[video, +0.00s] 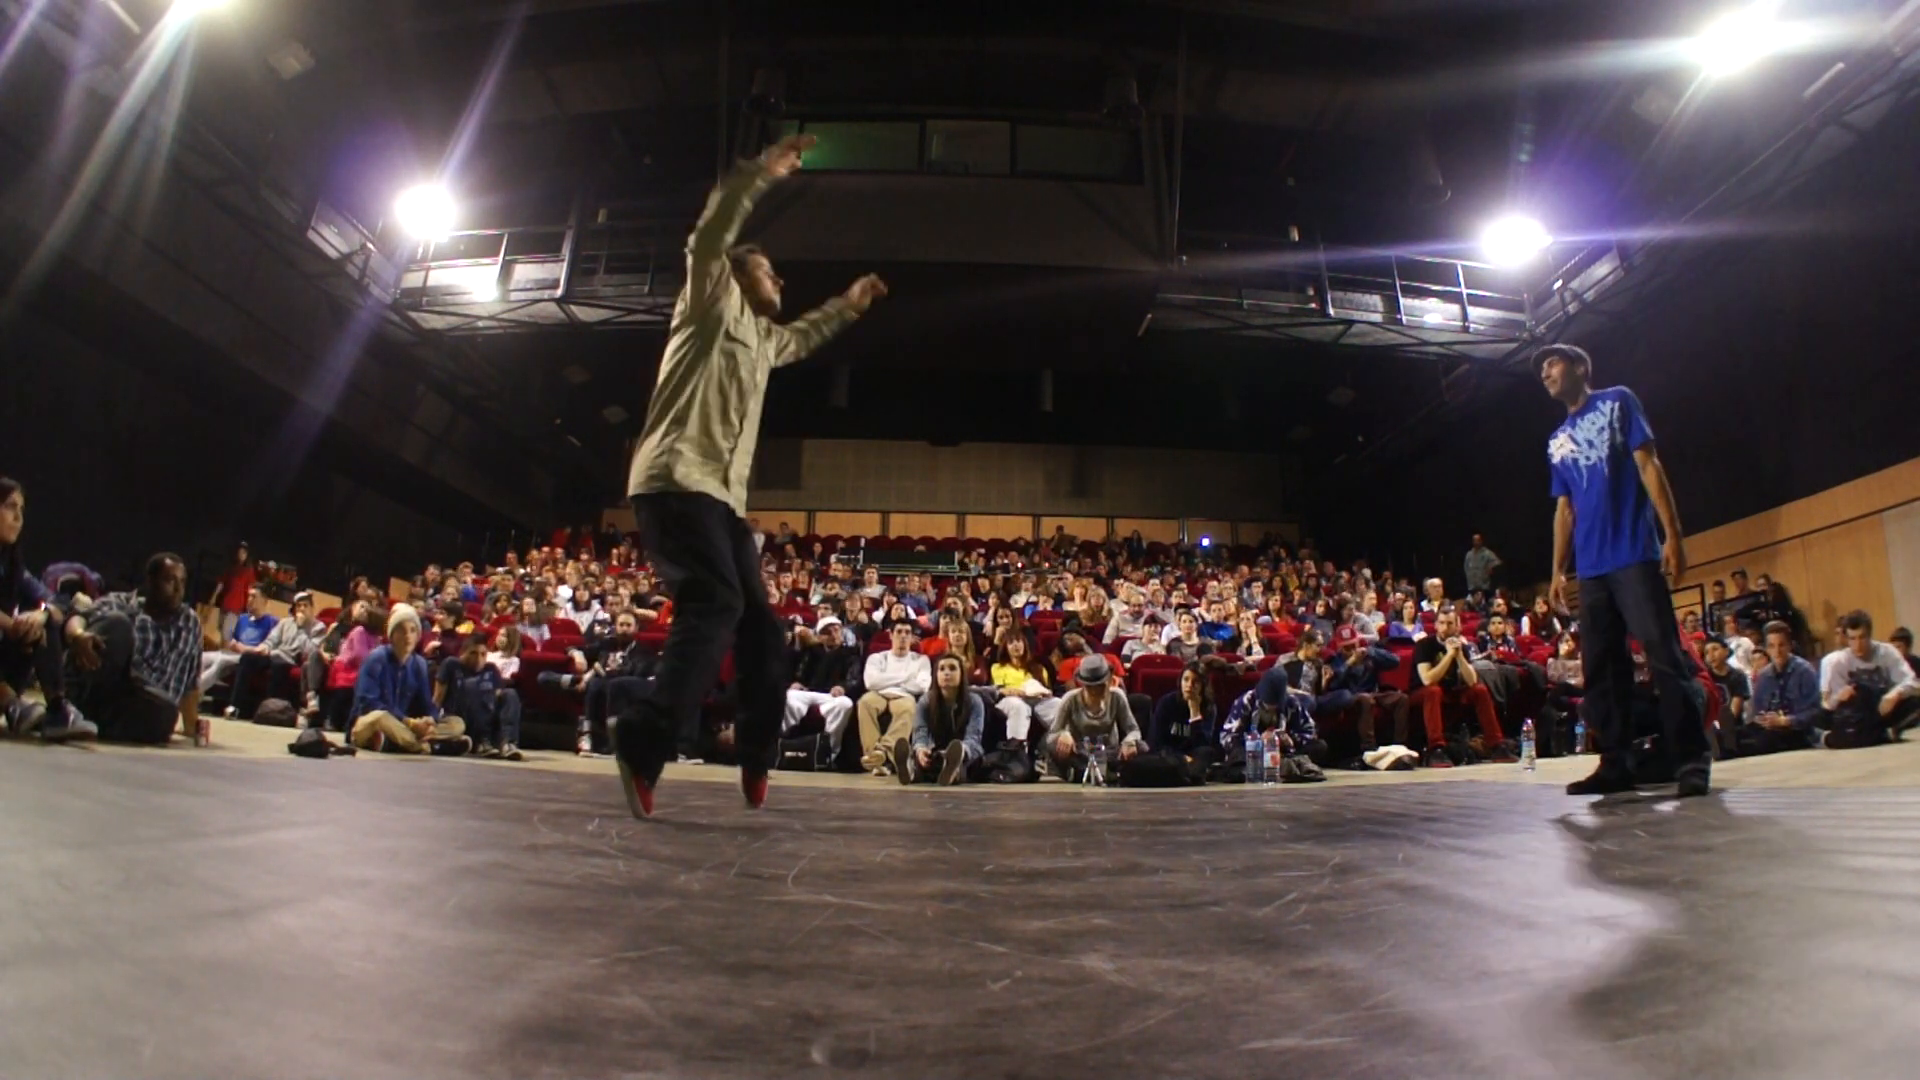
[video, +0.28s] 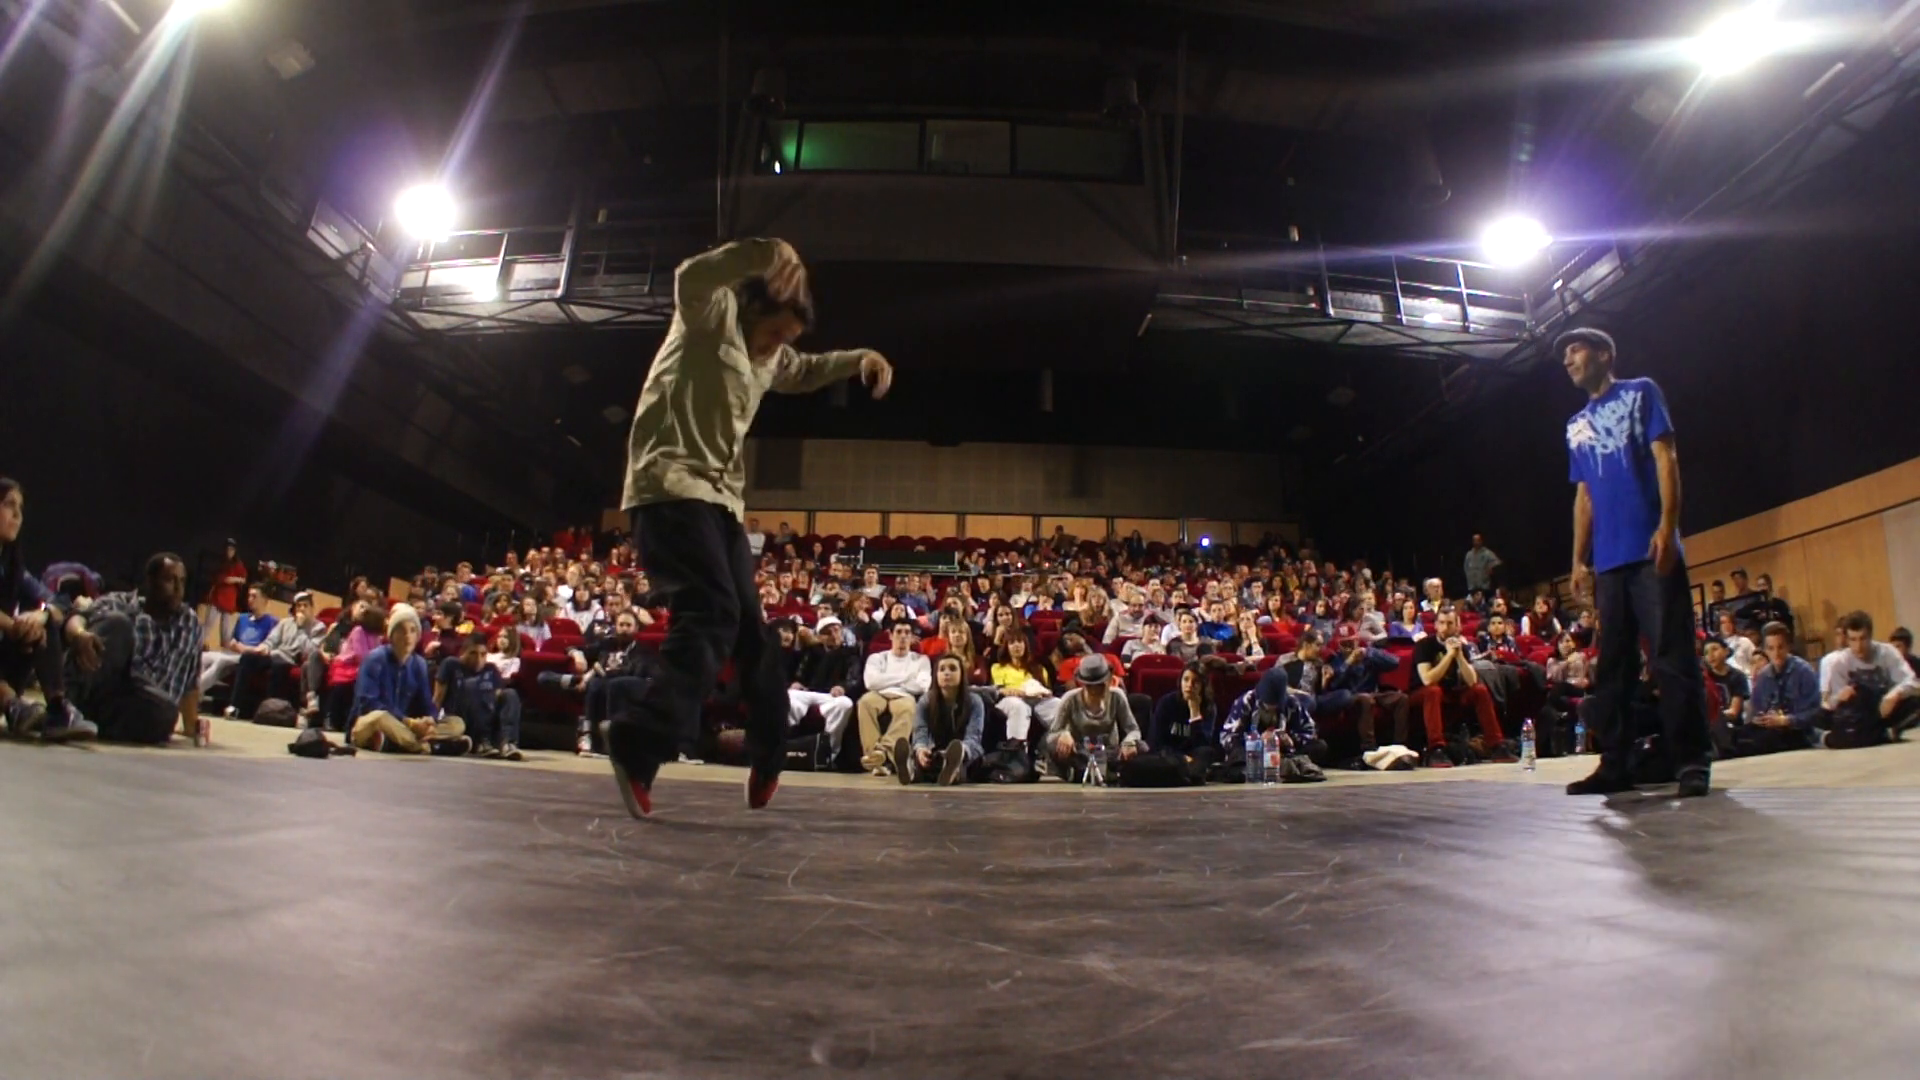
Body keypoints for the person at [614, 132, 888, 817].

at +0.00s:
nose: (776, 278)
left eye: (776, 271)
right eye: (766, 269)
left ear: (766, 283)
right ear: (736, 273)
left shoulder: (768, 338)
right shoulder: (712, 302)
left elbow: (803, 335)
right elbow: (711, 241)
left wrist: (847, 305)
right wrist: (761, 173)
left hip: (722, 497)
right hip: (673, 481)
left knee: (761, 623)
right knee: (715, 601)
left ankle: (757, 751)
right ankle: (646, 741)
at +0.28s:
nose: (779, 348)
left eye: (788, 341)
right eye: (776, 334)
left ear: (791, 336)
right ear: (755, 310)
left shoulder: (771, 361)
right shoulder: (710, 321)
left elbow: (808, 370)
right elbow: (692, 279)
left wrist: (860, 358)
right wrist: (765, 253)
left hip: (721, 501)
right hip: (671, 486)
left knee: (751, 625)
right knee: (712, 612)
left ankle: (768, 747)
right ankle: (641, 741)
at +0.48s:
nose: (796, 312)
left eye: (799, 304)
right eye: (788, 299)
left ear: (790, 312)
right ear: (753, 295)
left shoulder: (774, 366)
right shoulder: (708, 318)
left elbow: (810, 409)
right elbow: (651, 313)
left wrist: (862, 438)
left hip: (725, 505)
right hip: (671, 486)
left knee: (764, 630)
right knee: (705, 613)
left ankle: (769, 750)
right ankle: (633, 747)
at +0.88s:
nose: (792, 310)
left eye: (793, 303)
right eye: (784, 299)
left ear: (768, 307)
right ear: (749, 296)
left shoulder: (760, 370)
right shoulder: (707, 328)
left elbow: (789, 403)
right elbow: (643, 308)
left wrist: (842, 423)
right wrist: (704, 321)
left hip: (730, 519)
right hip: (687, 505)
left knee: (733, 653)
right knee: (658, 643)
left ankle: (691, 775)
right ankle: (595, 774)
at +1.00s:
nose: (791, 304)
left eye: (792, 296)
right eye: (783, 293)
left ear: (768, 302)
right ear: (749, 293)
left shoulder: (766, 365)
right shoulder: (718, 330)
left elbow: (801, 402)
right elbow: (672, 335)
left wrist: (840, 440)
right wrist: (749, 369)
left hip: (733, 528)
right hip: (685, 513)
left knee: (716, 662)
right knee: (643, 645)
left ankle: (692, 775)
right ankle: (589, 773)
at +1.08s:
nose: (790, 300)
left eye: (789, 293)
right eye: (781, 290)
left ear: (765, 297)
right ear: (747, 291)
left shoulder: (765, 367)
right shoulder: (722, 329)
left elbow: (791, 424)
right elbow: (685, 377)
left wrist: (836, 454)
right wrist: (748, 422)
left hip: (734, 519)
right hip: (694, 506)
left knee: (723, 649)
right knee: (692, 635)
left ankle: (692, 775)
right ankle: (602, 736)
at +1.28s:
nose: (785, 296)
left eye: (784, 287)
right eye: (775, 284)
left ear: (755, 294)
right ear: (741, 287)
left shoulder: (764, 368)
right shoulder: (716, 333)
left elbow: (810, 429)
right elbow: (673, 411)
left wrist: (888, 422)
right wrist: (660, 492)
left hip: (729, 505)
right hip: (707, 499)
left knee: (720, 645)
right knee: (784, 607)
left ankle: (693, 774)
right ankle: (837, 722)